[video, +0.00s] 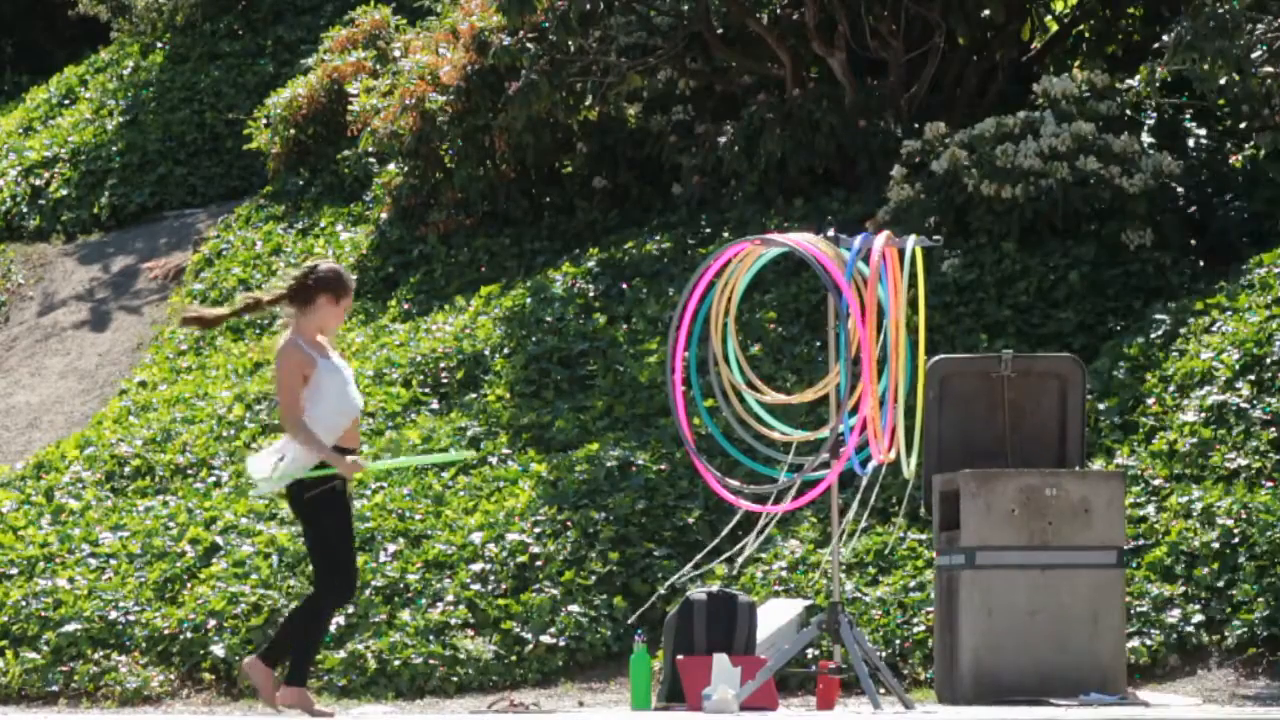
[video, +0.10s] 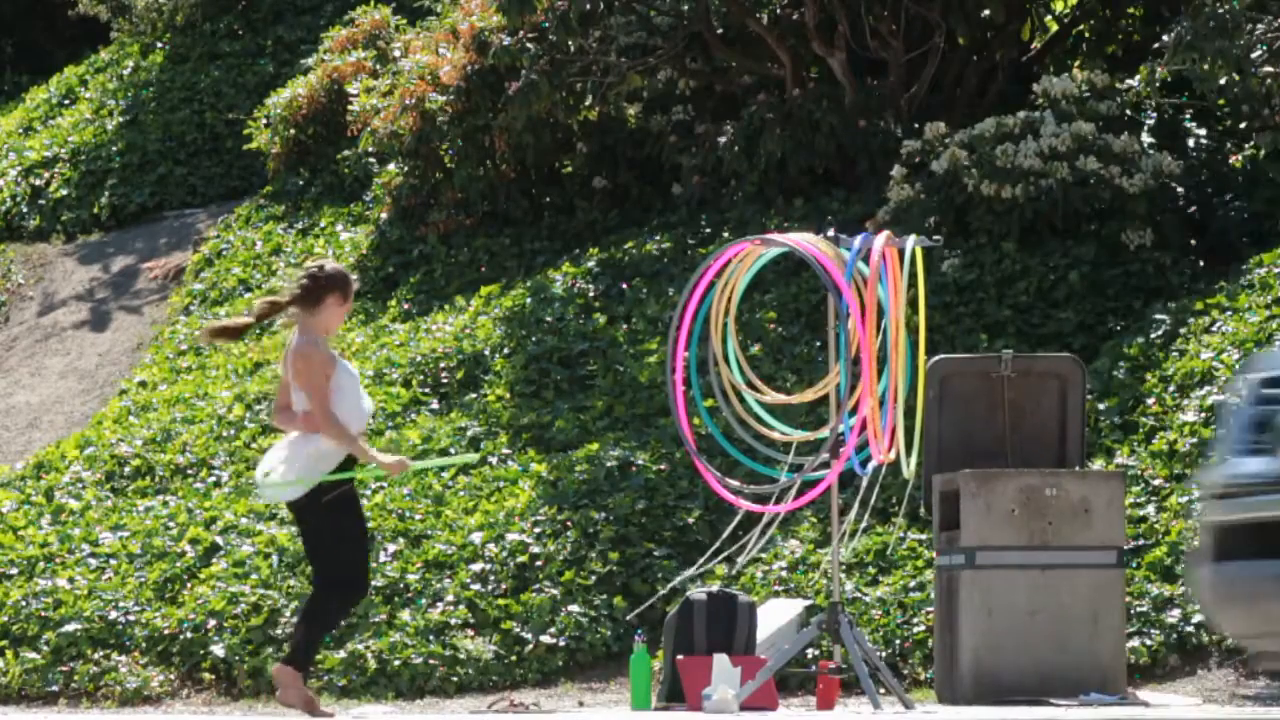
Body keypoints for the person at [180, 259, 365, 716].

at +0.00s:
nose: (346, 314)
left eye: (347, 306)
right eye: (343, 305)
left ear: (322, 303)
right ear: (320, 301)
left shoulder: (320, 345)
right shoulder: (294, 351)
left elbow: (321, 410)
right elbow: (290, 419)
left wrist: (347, 449)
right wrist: (333, 458)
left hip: (329, 476)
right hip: (312, 479)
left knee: (336, 583)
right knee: (337, 583)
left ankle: (294, 684)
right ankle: (265, 663)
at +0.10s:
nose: (349, 311)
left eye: (350, 302)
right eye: (346, 302)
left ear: (315, 301)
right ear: (327, 301)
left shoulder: (296, 347)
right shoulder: (313, 351)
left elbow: (281, 415)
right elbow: (324, 420)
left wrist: (329, 429)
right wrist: (374, 457)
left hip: (308, 480)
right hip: (325, 481)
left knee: (332, 577)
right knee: (351, 580)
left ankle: (295, 674)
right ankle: (292, 668)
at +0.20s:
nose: (351, 308)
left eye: (351, 299)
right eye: (350, 299)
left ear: (315, 298)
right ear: (339, 299)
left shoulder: (293, 347)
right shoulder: (333, 348)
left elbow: (271, 411)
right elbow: (358, 420)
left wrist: (315, 422)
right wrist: (413, 457)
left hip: (301, 484)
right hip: (342, 481)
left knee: (322, 581)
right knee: (356, 579)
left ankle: (293, 684)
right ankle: (334, 669)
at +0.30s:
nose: (353, 302)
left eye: (350, 297)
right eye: (352, 296)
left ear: (308, 300)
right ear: (346, 300)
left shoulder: (291, 347)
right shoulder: (360, 350)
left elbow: (270, 412)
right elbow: (389, 418)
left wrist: (329, 421)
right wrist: (435, 454)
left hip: (299, 480)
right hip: (351, 479)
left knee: (317, 580)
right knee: (359, 584)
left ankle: (293, 683)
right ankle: (377, 677)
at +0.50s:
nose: (309, 307)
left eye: (310, 299)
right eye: (309, 299)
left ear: (324, 298)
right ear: (353, 295)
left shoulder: (306, 343)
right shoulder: (393, 344)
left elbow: (296, 410)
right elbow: (426, 410)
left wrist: (362, 422)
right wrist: (447, 454)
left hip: (312, 468)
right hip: (369, 470)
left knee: (314, 580)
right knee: (378, 585)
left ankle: (293, 684)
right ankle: (419, 682)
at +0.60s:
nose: (313, 310)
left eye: (314, 301)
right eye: (312, 301)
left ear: (333, 298)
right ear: (357, 296)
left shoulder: (317, 343)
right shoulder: (400, 347)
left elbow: (316, 408)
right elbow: (428, 407)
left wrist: (370, 425)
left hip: (319, 471)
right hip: (374, 473)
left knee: (317, 582)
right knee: (383, 579)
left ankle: (303, 686)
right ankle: (415, 683)